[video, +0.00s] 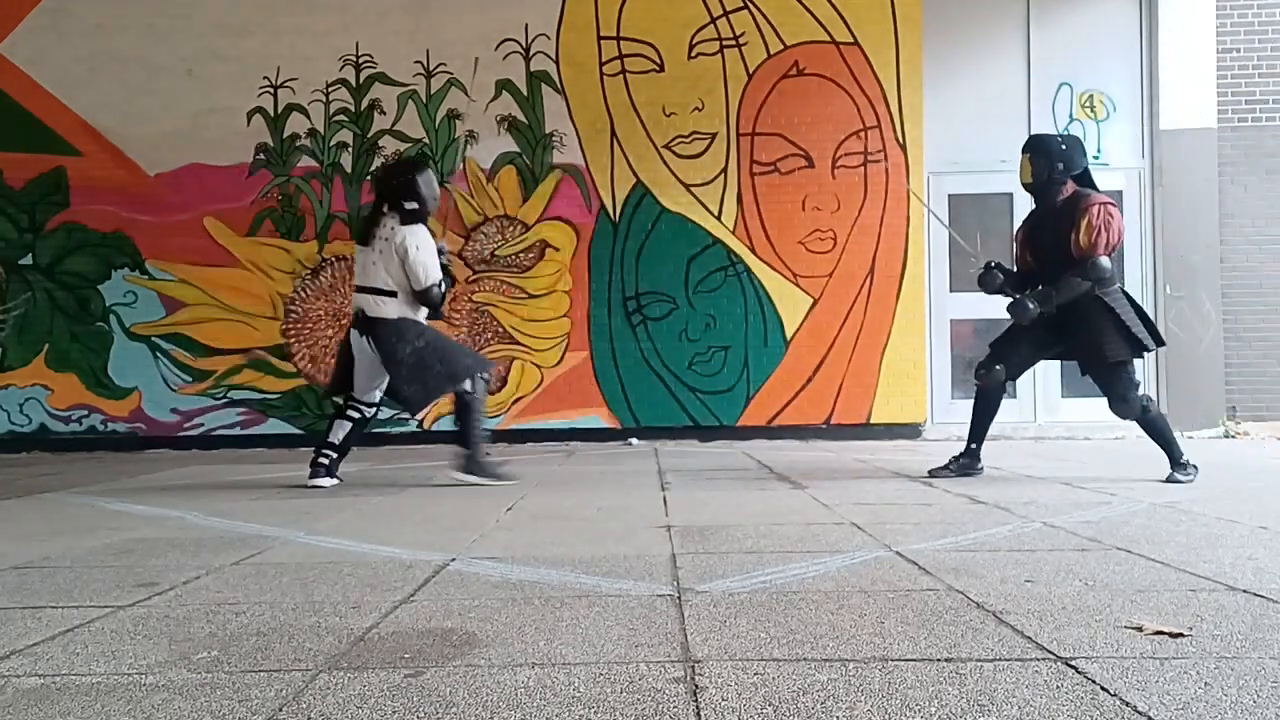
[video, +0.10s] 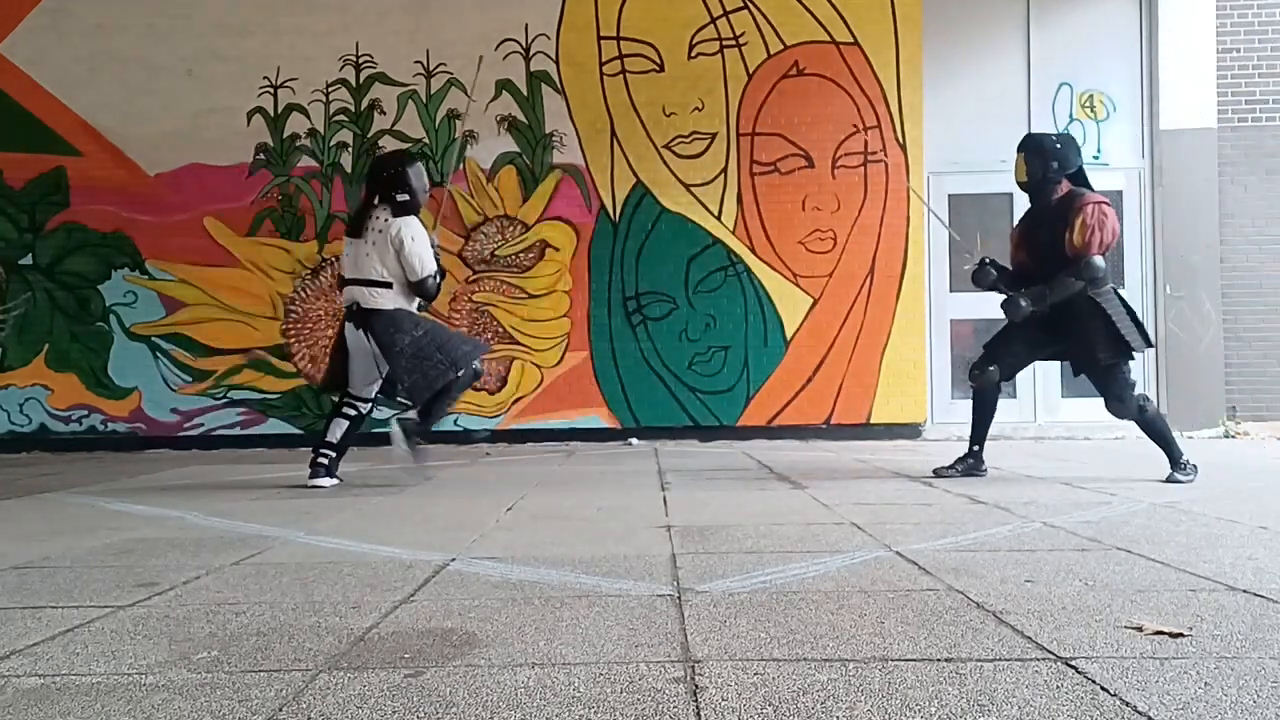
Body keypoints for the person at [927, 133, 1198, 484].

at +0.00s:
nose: (1026, 173)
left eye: (1034, 165)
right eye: (1026, 165)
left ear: (1060, 169)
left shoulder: (1095, 209)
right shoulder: (1031, 226)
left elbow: (1098, 270)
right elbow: (1031, 281)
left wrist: (1041, 300)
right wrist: (1006, 281)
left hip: (1094, 315)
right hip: (1049, 317)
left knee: (1125, 397)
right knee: (992, 371)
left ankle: (1180, 462)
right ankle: (970, 456)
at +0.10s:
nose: (1021, 172)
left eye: (1028, 164)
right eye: (1021, 164)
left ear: (1054, 167)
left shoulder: (1089, 209)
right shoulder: (1027, 227)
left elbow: (1091, 271)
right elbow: (1027, 283)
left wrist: (1033, 299)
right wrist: (998, 278)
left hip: (1090, 316)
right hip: (1044, 318)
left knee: (1122, 398)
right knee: (986, 371)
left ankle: (1180, 461)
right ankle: (973, 457)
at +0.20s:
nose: (1010, 175)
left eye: (1017, 167)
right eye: (1009, 167)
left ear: (1043, 169)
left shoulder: (1076, 211)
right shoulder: (1015, 227)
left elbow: (1077, 273)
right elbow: (1014, 283)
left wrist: (1017, 299)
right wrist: (986, 276)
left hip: (1077, 315)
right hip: (1034, 319)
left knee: (1116, 397)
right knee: (975, 370)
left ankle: (1178, 461)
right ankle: (972, 457)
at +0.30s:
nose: (997, 176)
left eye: (1004, 167)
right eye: (997, 168)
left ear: (1030, 171)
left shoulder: (1062, 211)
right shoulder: (1001, 227)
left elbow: (1061, 272)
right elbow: (1000, 282)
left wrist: (1001, 298)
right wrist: (970, 275)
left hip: (1066, 315)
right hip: (1021, 318)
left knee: (1109, 395)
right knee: (965, 371)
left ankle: (1174, 459)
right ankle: (972, 457)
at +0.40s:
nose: (983, 169)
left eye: (991, 161)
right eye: (983, 161)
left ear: (1017, 165)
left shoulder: (1047, 206)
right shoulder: (986, 222)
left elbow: (1049, 267)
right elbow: (985, 275)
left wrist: (991, 293)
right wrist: (957, 276)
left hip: (1052, 307)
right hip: (1007, 311)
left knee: (1094, 393)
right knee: (960, 373)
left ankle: (1157, 451)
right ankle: (972, 457)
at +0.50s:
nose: (975, 169)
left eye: (982, 160)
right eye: (974, 160)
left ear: (1007, 162)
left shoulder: (1041, 201)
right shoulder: (979, 217)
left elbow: (1044, 262)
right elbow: (970, 267)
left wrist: (991, 290)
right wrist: (945, 278)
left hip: (1046, 301)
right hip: (1004, 306)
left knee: (1075, 391)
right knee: (960, 372)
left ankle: (1129, 450)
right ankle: (972, 458)